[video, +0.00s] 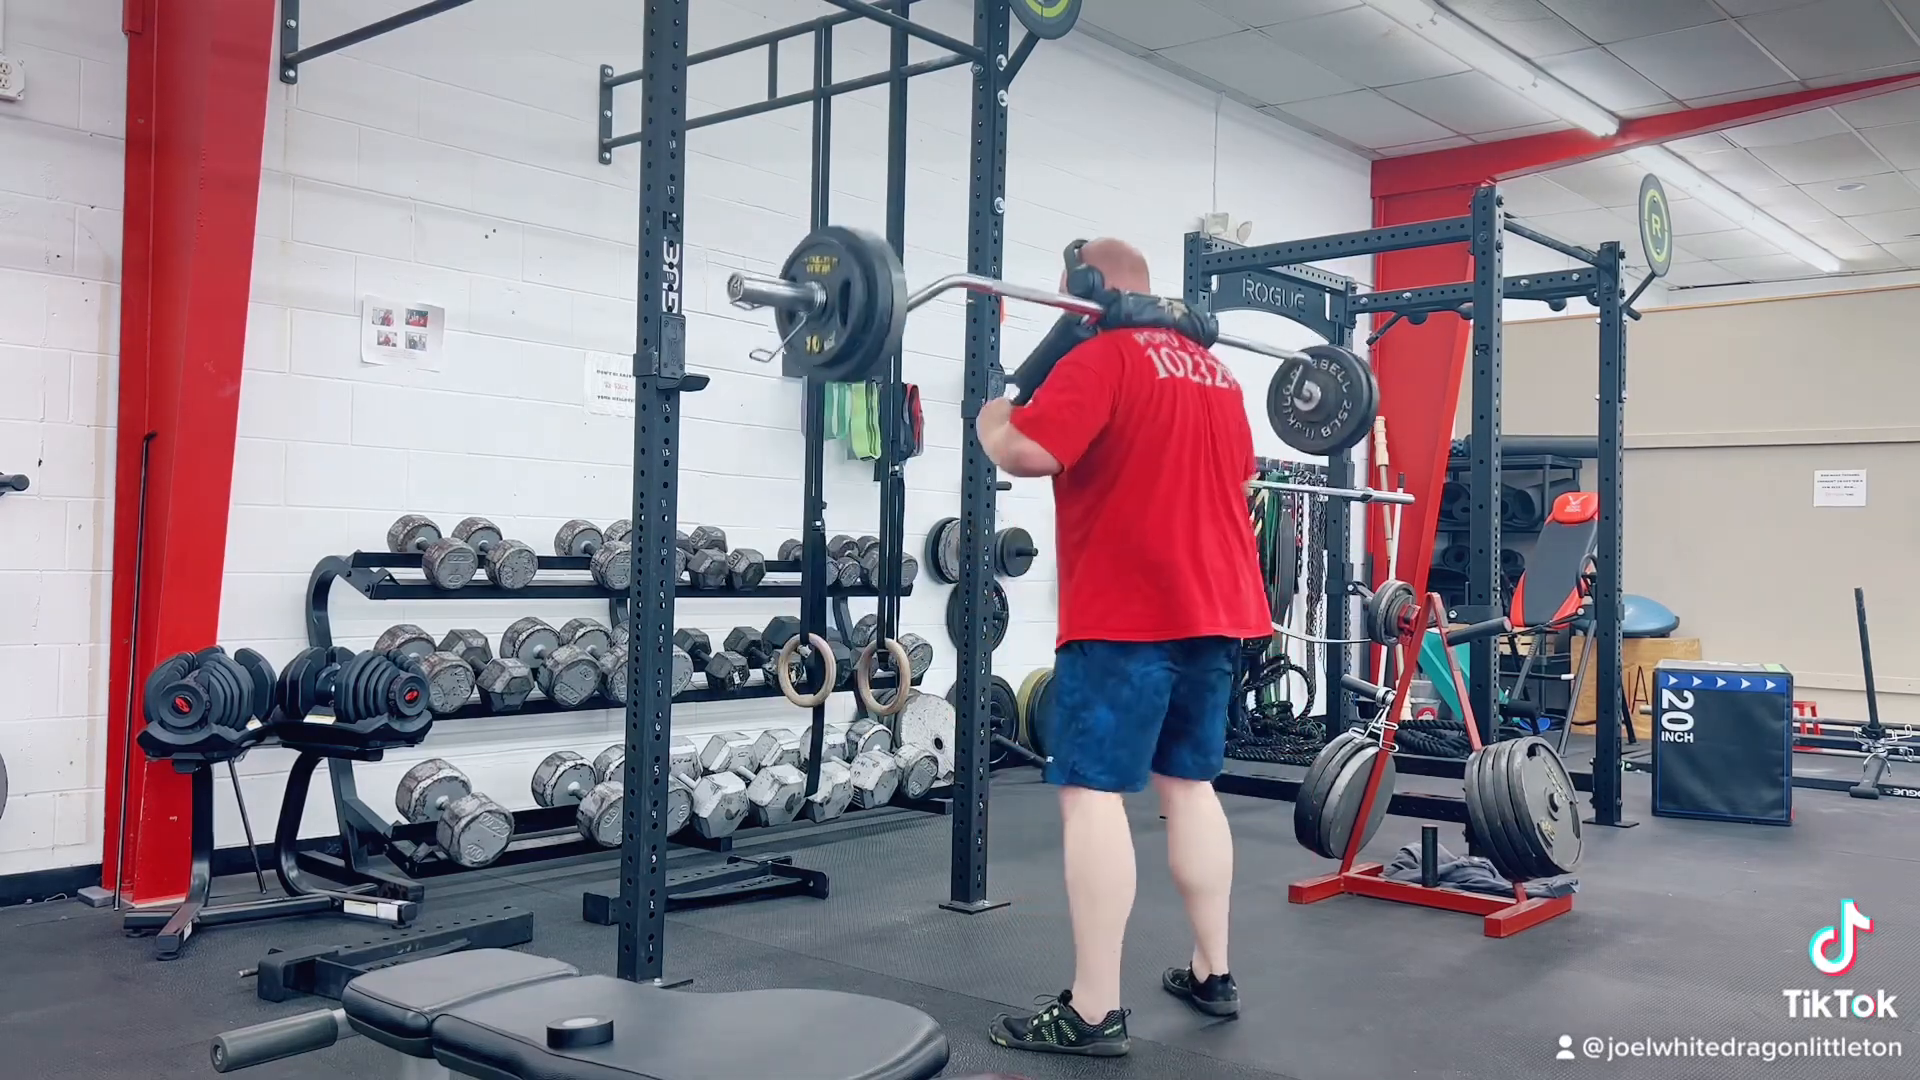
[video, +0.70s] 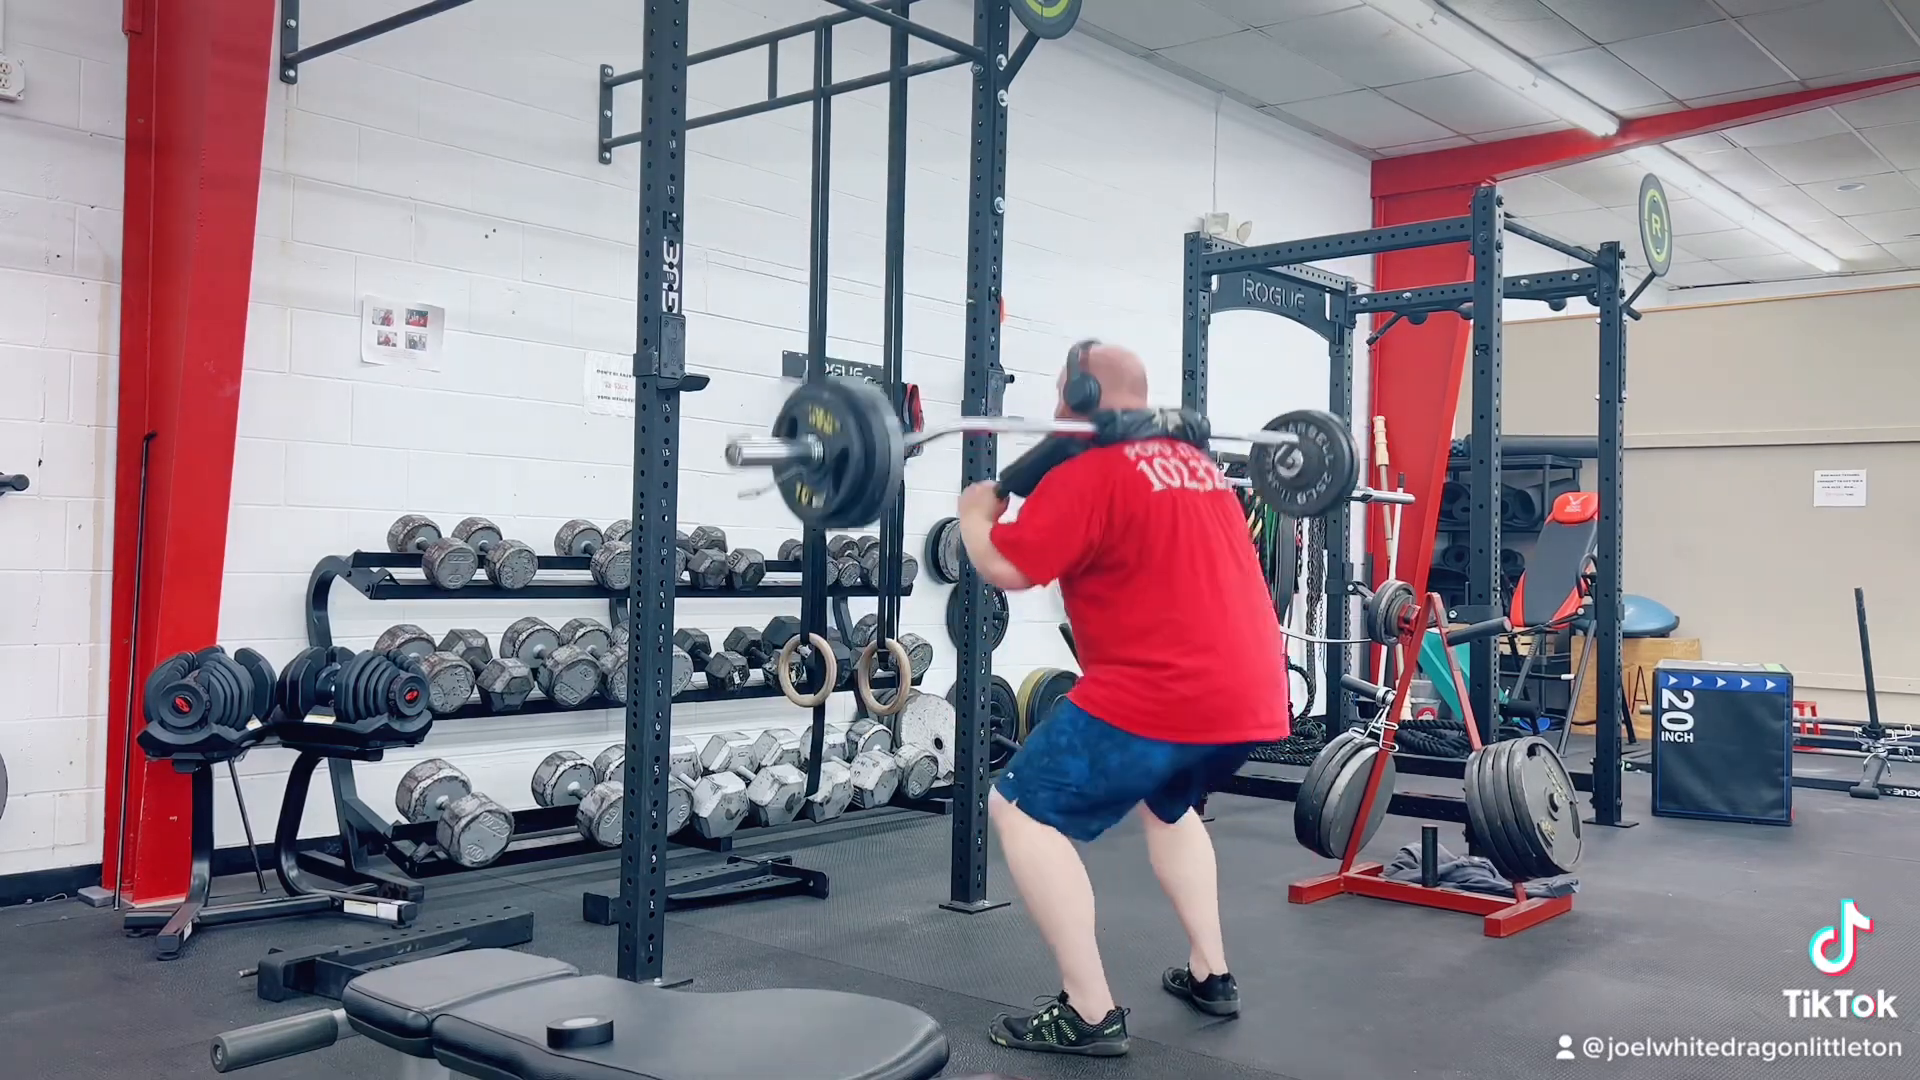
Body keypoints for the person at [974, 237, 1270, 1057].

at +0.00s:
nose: (1063, 309)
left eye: (1066, 296)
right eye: (1065, 295)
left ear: (1085, 294)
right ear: (1149, 290)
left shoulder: (1101, 357)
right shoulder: (1216, 371)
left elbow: (1029, 453)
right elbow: (1242, 479)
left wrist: (993, 421)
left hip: (1123, 607)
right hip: (1222, 606)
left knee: (1091, 790)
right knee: (1189, 783)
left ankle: (1094, 1008)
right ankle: (1214, 974)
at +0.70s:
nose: (1056, 409)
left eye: (1060, 397)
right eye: (1059, 396)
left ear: (1076, 404)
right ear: (1143, 401)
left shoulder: (1094, 471)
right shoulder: (1196, 462)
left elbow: (1005, 566)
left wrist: (974, 511)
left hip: (1153, 694)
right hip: (1253, 694)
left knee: (1021, 807)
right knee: (1168, 802)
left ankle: (1090, 1008)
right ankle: (1212, 973)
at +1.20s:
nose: (1048, 589)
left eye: (1049, 579)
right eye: (1048, 580)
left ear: (1066, 582)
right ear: (1127, 569)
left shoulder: (1089, 643)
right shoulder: (1185, 619)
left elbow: (987, 737)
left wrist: (960, 675)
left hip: (1192, 849)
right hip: (1274, 844)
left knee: (991, 817)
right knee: (1148, 785)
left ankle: (1088, 1010)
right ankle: (1208, 974)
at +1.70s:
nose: (1083, 289)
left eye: (1086, 277)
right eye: (1086, 275)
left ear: (1106, 281)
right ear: (1170, 278)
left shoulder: (1121, 348)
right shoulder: (1228, 359)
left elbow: (1068, 451)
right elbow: (1257, 458)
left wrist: (1015, 423)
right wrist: (1171, 445)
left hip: (1120, 606)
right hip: (1213, 604)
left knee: (1110, 797)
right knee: (1203, 783)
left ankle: (1096, 1006)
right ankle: (1215, 973)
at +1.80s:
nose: (1088, 287)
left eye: (1093, 276)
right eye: (1092, 274)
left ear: (1114, 282)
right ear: (1178, 281)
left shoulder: (1126, 351)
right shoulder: (1232, 361)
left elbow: (1079, 454)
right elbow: (1265, 465)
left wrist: (1022, 430)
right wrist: (1185, 473)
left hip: (1124, 609)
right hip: (1215, 607)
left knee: (1118, 798)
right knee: (1209, 784)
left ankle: (1095, 1008)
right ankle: (1216, 975)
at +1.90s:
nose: (1091, 287)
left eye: (1096, 276)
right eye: (1096, 274)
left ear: (1116, 282)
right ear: (1183, 281)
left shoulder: (1127, 352)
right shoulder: (1234, 362)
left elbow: (1080, 456)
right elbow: (1266, 464)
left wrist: (1024, 432)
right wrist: (1186, 473)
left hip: (1124, 611)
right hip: (1214, 609)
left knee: (1119, 799)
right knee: (1211, 784)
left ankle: (1096, 1008)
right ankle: (1216, 976)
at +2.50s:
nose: (1067, 509)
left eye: (1069, 499)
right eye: (1073, 499)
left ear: (1080, 504)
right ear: (1153, 500)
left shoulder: (1097, 572)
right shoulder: (1201, 557)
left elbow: (992, 659)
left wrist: (972, 592)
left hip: (1186, 785)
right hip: (1277, 783)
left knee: (999, 810)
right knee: (1158, 797)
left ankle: (1089, 1010)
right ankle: (1210, 973)